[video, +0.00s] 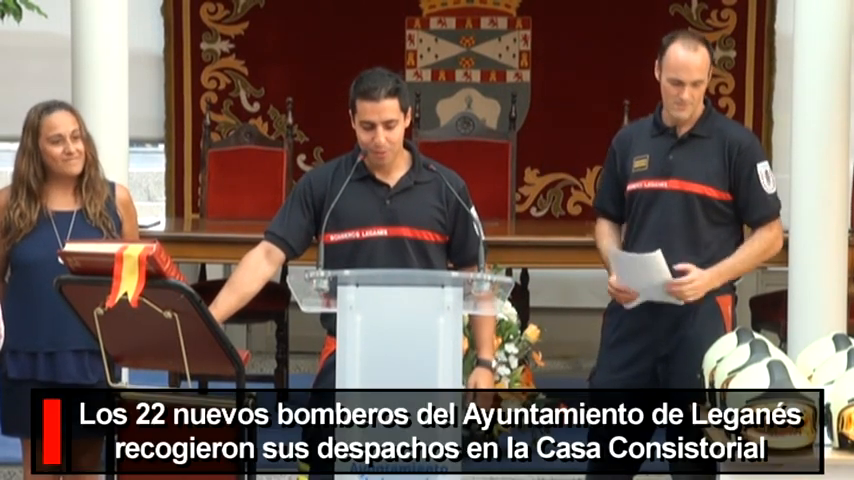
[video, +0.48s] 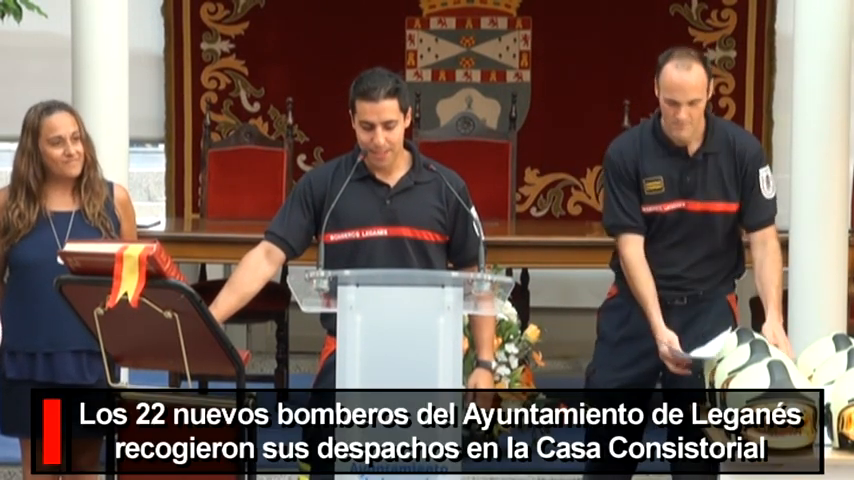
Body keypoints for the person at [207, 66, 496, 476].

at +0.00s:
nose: (379, 139)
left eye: (389, 125)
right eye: (368, 126)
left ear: (408, 119)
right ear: (352, 123)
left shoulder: (447, 188)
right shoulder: (322, 185)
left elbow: (477, 281)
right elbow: (267, 255)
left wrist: (485, 363)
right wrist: (207, 322)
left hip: (428, 353)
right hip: (348, 352)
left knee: (429, 468)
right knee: (330, 464)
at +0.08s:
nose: (378, 139)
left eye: (389, 126)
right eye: (367, 127)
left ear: (408, 119)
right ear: (352, 122)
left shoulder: (447, 188)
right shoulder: (323, 184)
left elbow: (475, 281)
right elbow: (267, 255)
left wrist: (484, 363)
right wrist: (207, 322)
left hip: (428, 352)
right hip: (348, 351)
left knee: (429, 468)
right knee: (331, 464)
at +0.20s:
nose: (378, 139)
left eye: (389, 126)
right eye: (367, 127)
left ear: (408, 119)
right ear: (352, 122)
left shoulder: (447, 188)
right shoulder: (323, 184)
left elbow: (475, 281)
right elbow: (267, 255)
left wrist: (483, 363)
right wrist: (207, 322)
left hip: (428, 352)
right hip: (348, 351)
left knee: (429, 469)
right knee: (330, 465)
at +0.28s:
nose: (378, 139)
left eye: (389, 126)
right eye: (367, 127)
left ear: (408, 119)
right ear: (352, 122)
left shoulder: (447, 188)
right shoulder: (323, 184)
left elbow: (476, 281)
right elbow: (267, 255)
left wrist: (482, 363)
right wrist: (208, 322)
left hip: (428, 352)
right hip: (348, 351)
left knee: (429, 468)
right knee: (331, 464)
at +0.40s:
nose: (378, 139)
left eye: (388, 126)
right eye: (367, 127)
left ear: (408, 119)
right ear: (352, 122)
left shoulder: (447, 188)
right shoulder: (323, 184)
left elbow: (476, 281)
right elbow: (267, 255)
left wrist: (484, 364)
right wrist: (208, 322)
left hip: (428, 352)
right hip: (348, 351)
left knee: (429, 469)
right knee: (331, 465)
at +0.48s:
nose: (378, 139)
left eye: (389, 126)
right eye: (367, 127)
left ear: (408, 119)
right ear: (352, 123)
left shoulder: (447, 188)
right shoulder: (323, 184)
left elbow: (476, 281)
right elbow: (267, 255)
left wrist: (485, 364)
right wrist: (208, 322)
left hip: (428, 352)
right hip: (348, 350)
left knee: (430, 469)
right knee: (330, 464)